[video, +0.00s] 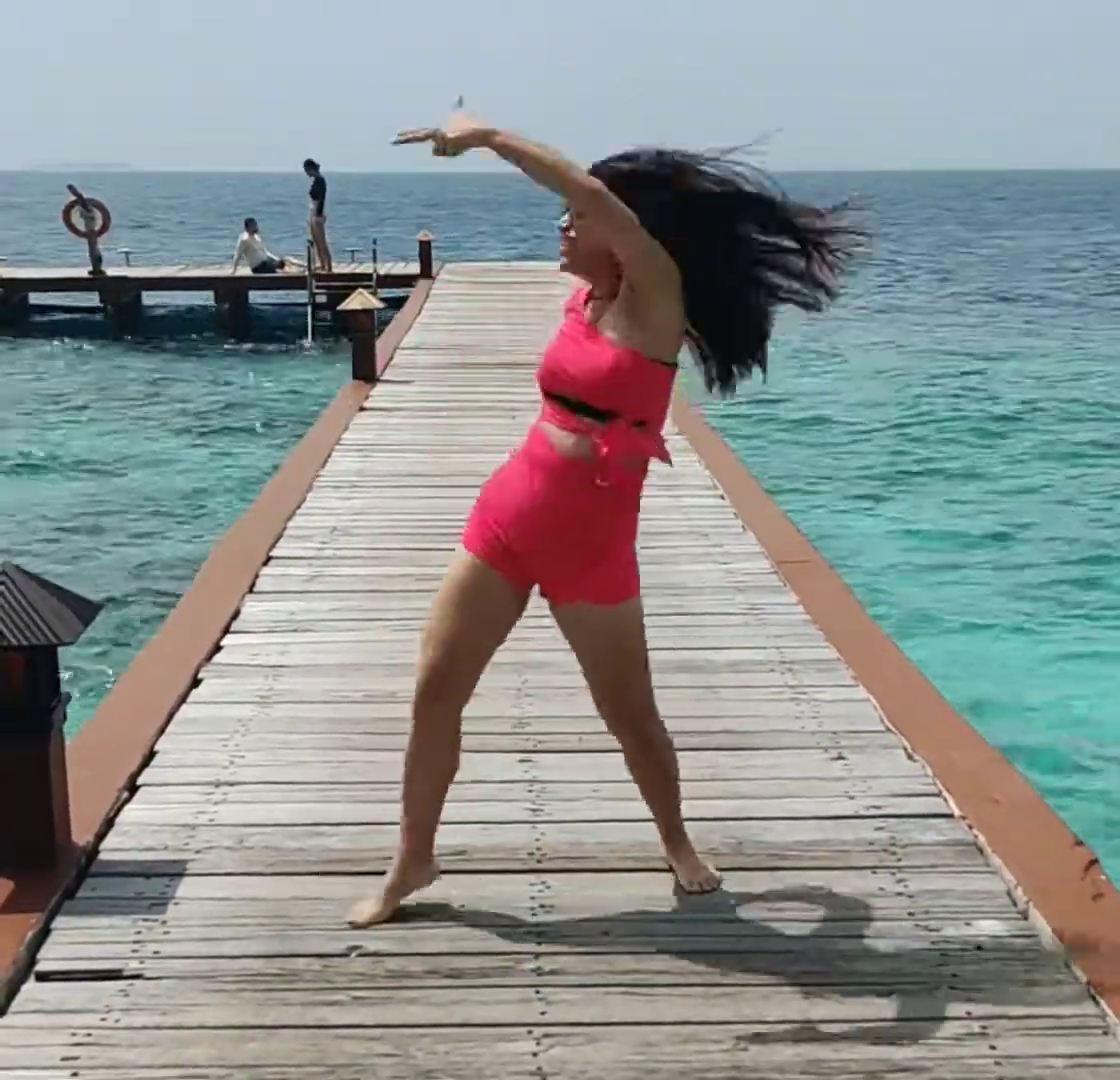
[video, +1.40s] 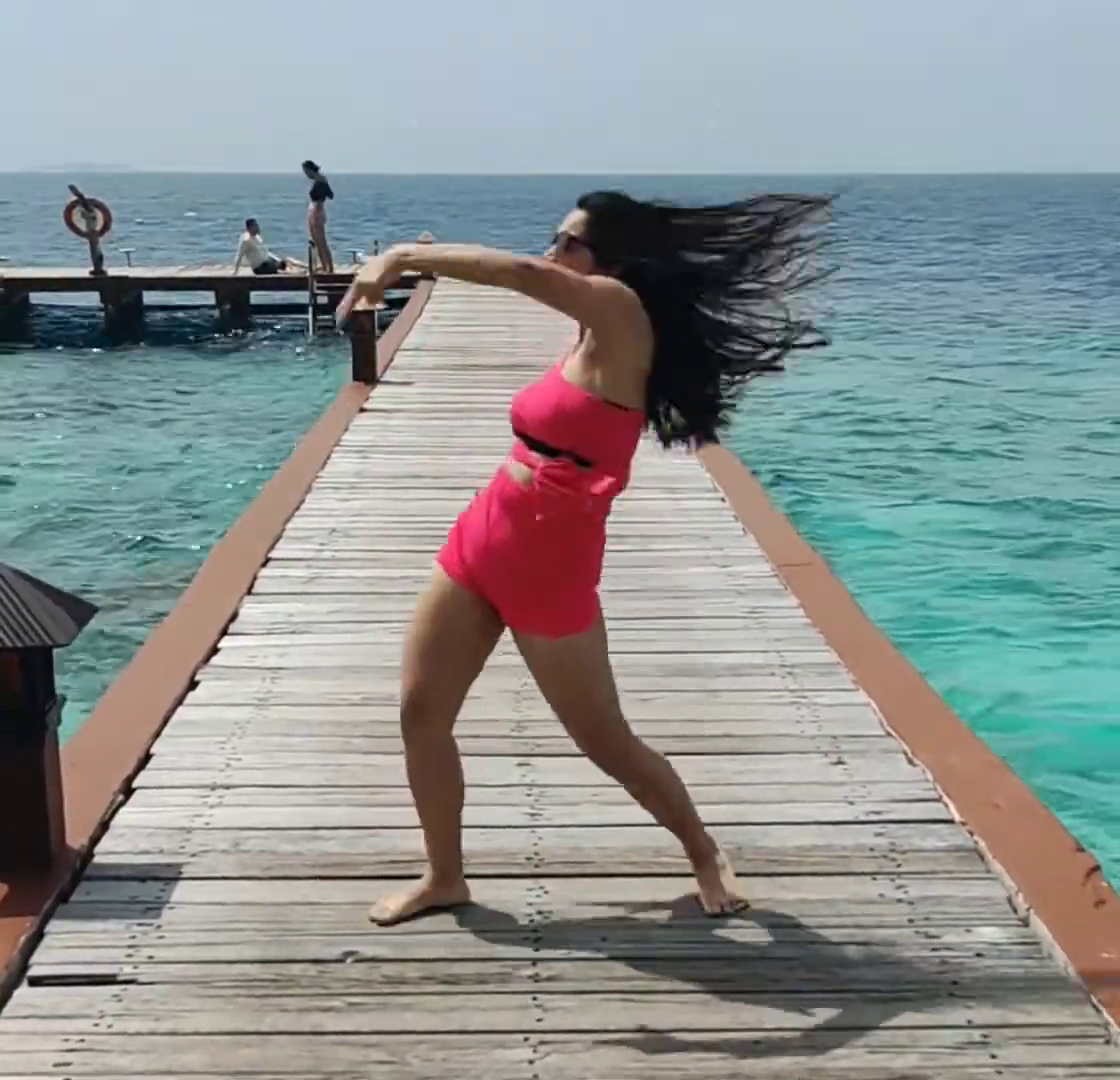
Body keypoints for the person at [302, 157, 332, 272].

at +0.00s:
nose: (307, 173)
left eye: (307, 170)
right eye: (306, 170)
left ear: (312, 169)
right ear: (312, 169)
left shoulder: (319, 181)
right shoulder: (316, 181)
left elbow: (320, 199)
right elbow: (316, 199)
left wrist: (317, 214)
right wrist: (311, 215)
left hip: (318, 214)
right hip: (313, 213)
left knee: (321, 241)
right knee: (316, 241)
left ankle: (328, 267)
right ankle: (322, 265)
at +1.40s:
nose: (306, 175)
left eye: (306, 172)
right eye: (305, 172)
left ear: (311, 170)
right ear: (313, 169)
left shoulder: (320, 181)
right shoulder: (317, 181)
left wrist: (318, 211)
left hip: (317, 212)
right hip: (313, 211)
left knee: (321, 241)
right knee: (316, 241)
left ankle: (329, 268)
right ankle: (323, 267)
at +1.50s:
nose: (306, 174)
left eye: (307, 171)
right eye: (305, 171)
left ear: (311, 170)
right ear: (312, 169)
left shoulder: (321, 181)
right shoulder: (316, 181)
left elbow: (330, 195)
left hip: (318, 211)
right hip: (312, 211)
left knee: (321, 241)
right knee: (316, 241)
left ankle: (329, 268)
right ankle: (324, 267)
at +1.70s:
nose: (308, 173)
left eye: (308, 171)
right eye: (307, 171)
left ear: (314, 169)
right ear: (313, 169)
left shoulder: (321, 182)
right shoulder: (317, 182)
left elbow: (315, 197)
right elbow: (314, 196)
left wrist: (306, 184)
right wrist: (306, 183)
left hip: (318, 211)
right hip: (312, 211)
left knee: (321, 241)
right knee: (316, 241)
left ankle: (329, 268)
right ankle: (323, 267)